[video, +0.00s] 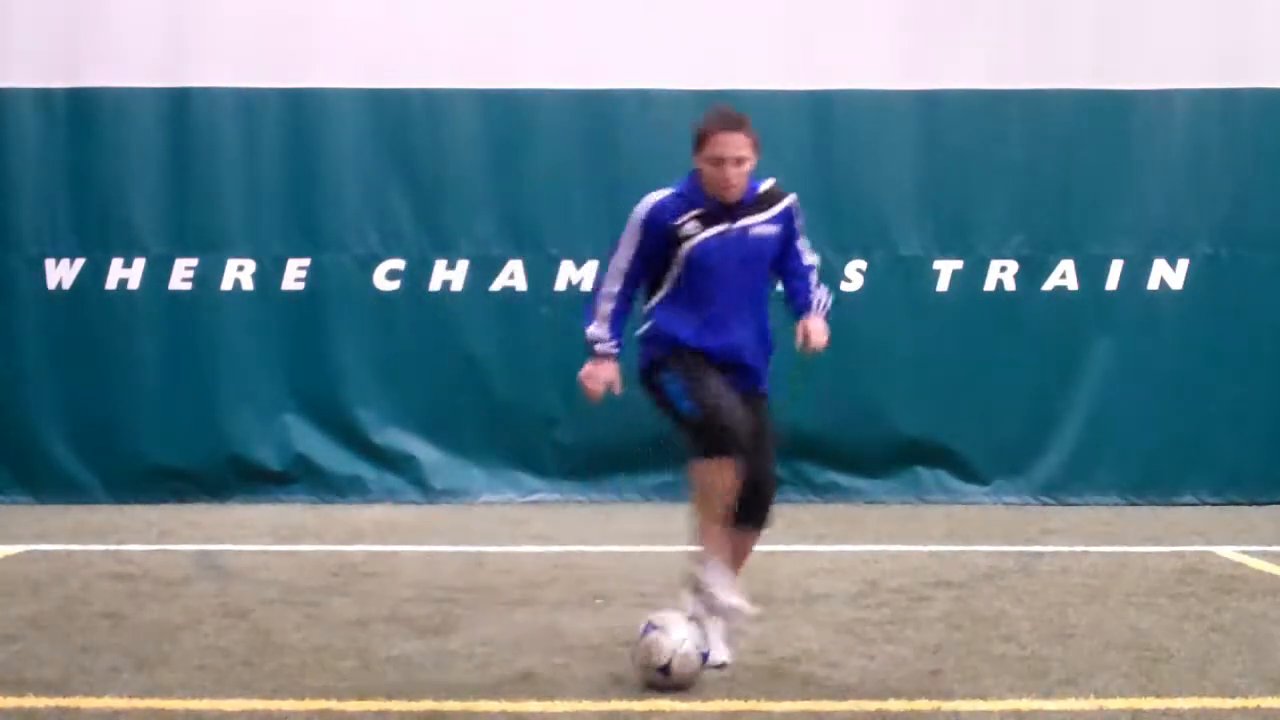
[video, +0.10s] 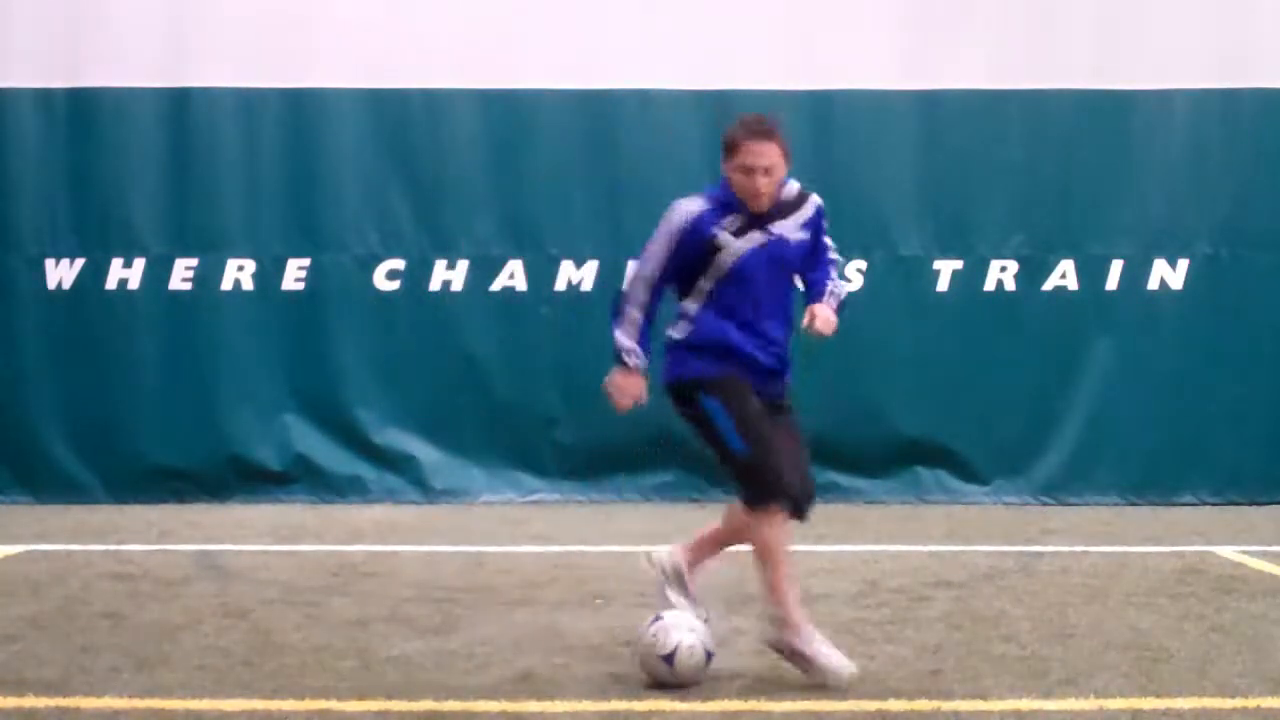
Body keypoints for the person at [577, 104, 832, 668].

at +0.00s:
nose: (733, 174)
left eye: (742, 162)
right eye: (720, 162)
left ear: (757, 161)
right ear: (698, 162)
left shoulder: (778, 207)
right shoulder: (663, 212)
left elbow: (801, 269)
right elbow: (619, 280)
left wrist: (813, 311)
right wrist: (602, 350)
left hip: (743, 364)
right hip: (677, 353)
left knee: (758, 489)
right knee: (724, 429)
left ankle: (712, 609)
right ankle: (712, 565)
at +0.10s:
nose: (761, 183)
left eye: (772, 171)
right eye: (749, 171)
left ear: (787, 168)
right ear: (727, 169)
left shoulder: (805, 210)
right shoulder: (694, 217)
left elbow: (825, 265)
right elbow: (642, 282)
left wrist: (825, 300)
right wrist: (629, 360)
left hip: (767, 374)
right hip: (705, 370)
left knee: (792, 493)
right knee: (768, 484)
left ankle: (682, 561)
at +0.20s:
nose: (794, 226)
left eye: (804, 213)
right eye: (781, 215)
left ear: (817, 208)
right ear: (759, 210)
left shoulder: (824, 244)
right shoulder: (729, 259)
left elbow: (847, 299)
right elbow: (682, 334)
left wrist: (844, 322)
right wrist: (662, 411)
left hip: (785, 410)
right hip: (733, 412)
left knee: (809, 526)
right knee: (814, 519)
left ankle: (687, 553)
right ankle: (816, 653)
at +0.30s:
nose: (814, 256)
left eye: (824, 244)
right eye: (802, 243)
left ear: (836, 238)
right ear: (779, 236)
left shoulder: (841, 275)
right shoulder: (748, 289)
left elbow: (858, 319)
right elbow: (706, 364)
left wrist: (871, 351)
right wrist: (682, 448)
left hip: (800, 432)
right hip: (745, 433)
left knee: (809, 545)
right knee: (838, 520)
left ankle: (694, 553)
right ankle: (814, 654)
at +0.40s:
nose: (808, 242)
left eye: (818, 230)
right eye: (797, 229)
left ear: (832, 225)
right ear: (775, 223)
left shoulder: (844, 265)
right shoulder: (742, 272)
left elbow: (876, 311)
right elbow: (689, 339)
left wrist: (893, 346)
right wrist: (650, 413)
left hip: (801, 424)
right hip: (742, 422)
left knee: (820, 534)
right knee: (836, 521)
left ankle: (707, 557)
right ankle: (813, 653)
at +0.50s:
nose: (796, 211)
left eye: (807, 199)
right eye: (784, 198)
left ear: (820, 196)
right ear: (763, 191)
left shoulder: (835, 238)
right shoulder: (722, 233)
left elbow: (870, 287)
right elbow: (654, 289)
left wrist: (899, 329)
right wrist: (622, 354)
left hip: (785, 396)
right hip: (722, 395)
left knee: (824, 504)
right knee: (784, 507)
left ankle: (726, 585)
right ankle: (808, 647)